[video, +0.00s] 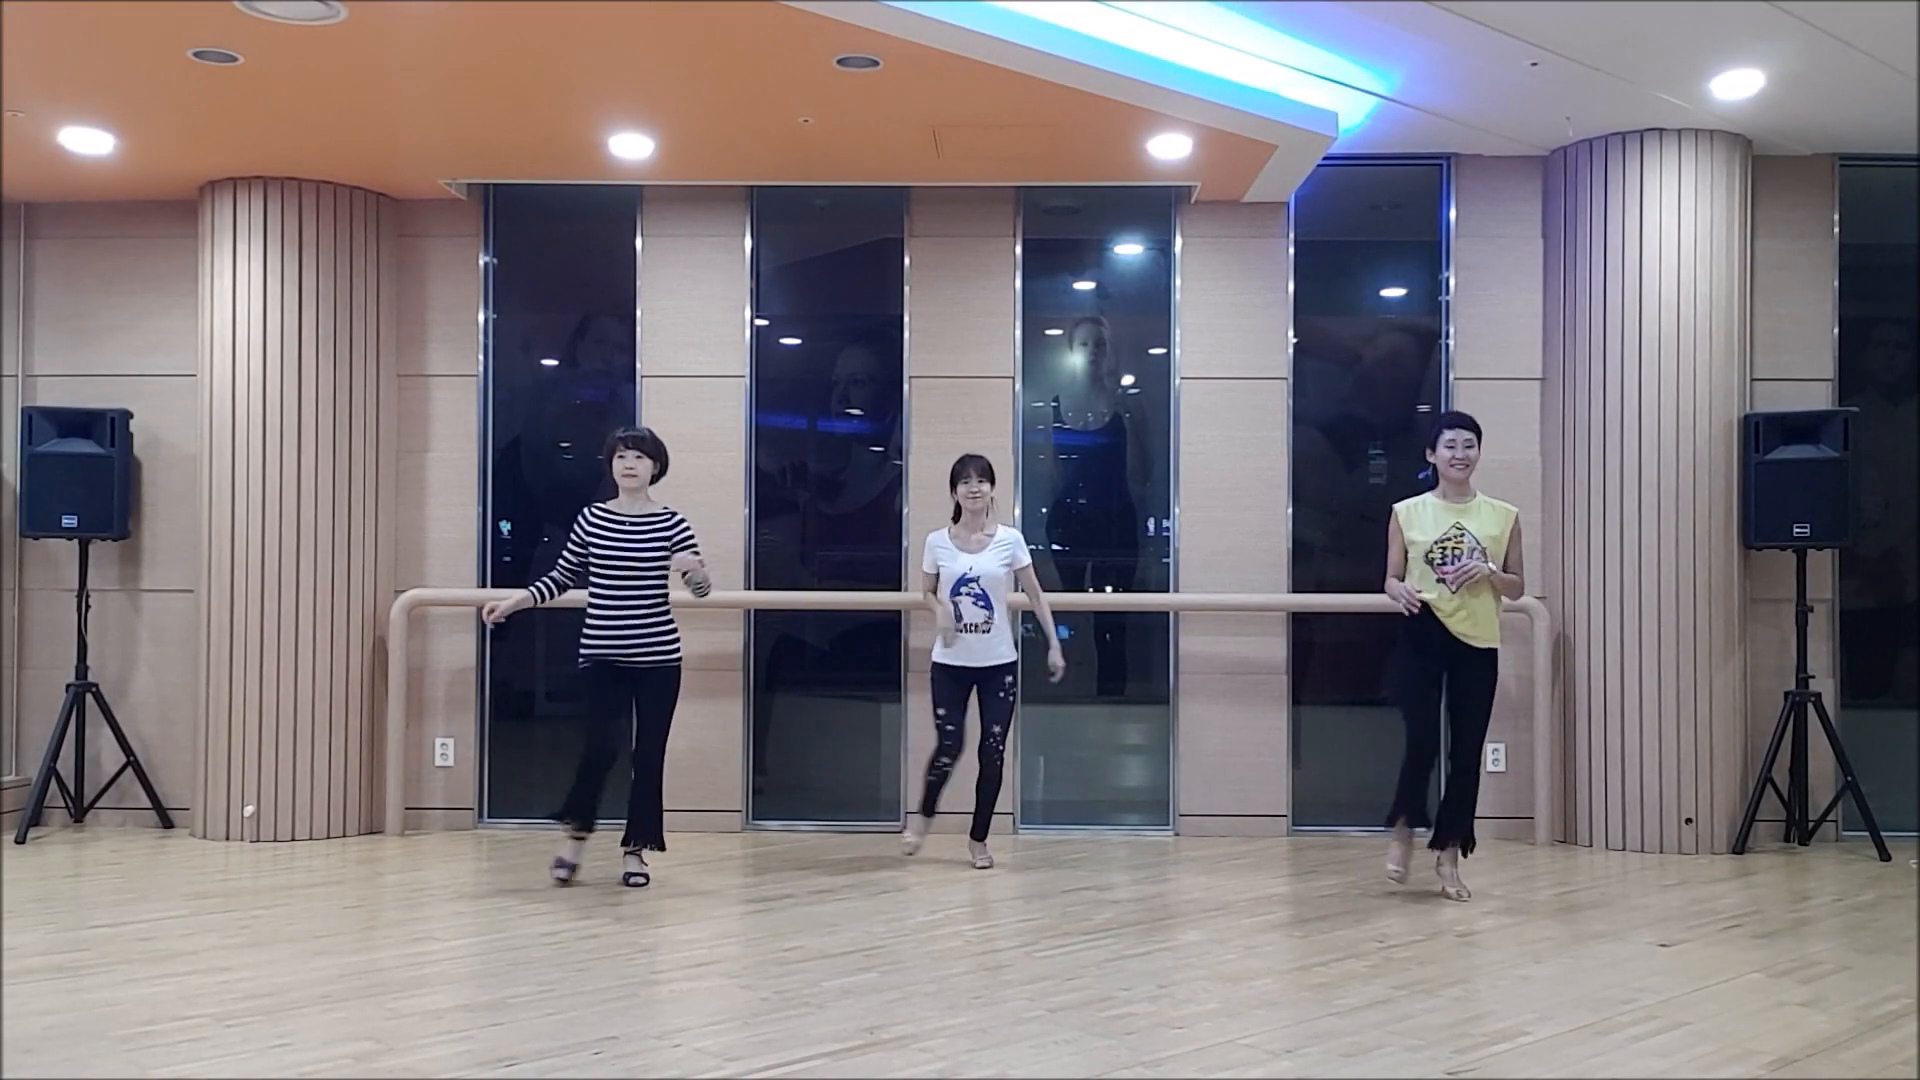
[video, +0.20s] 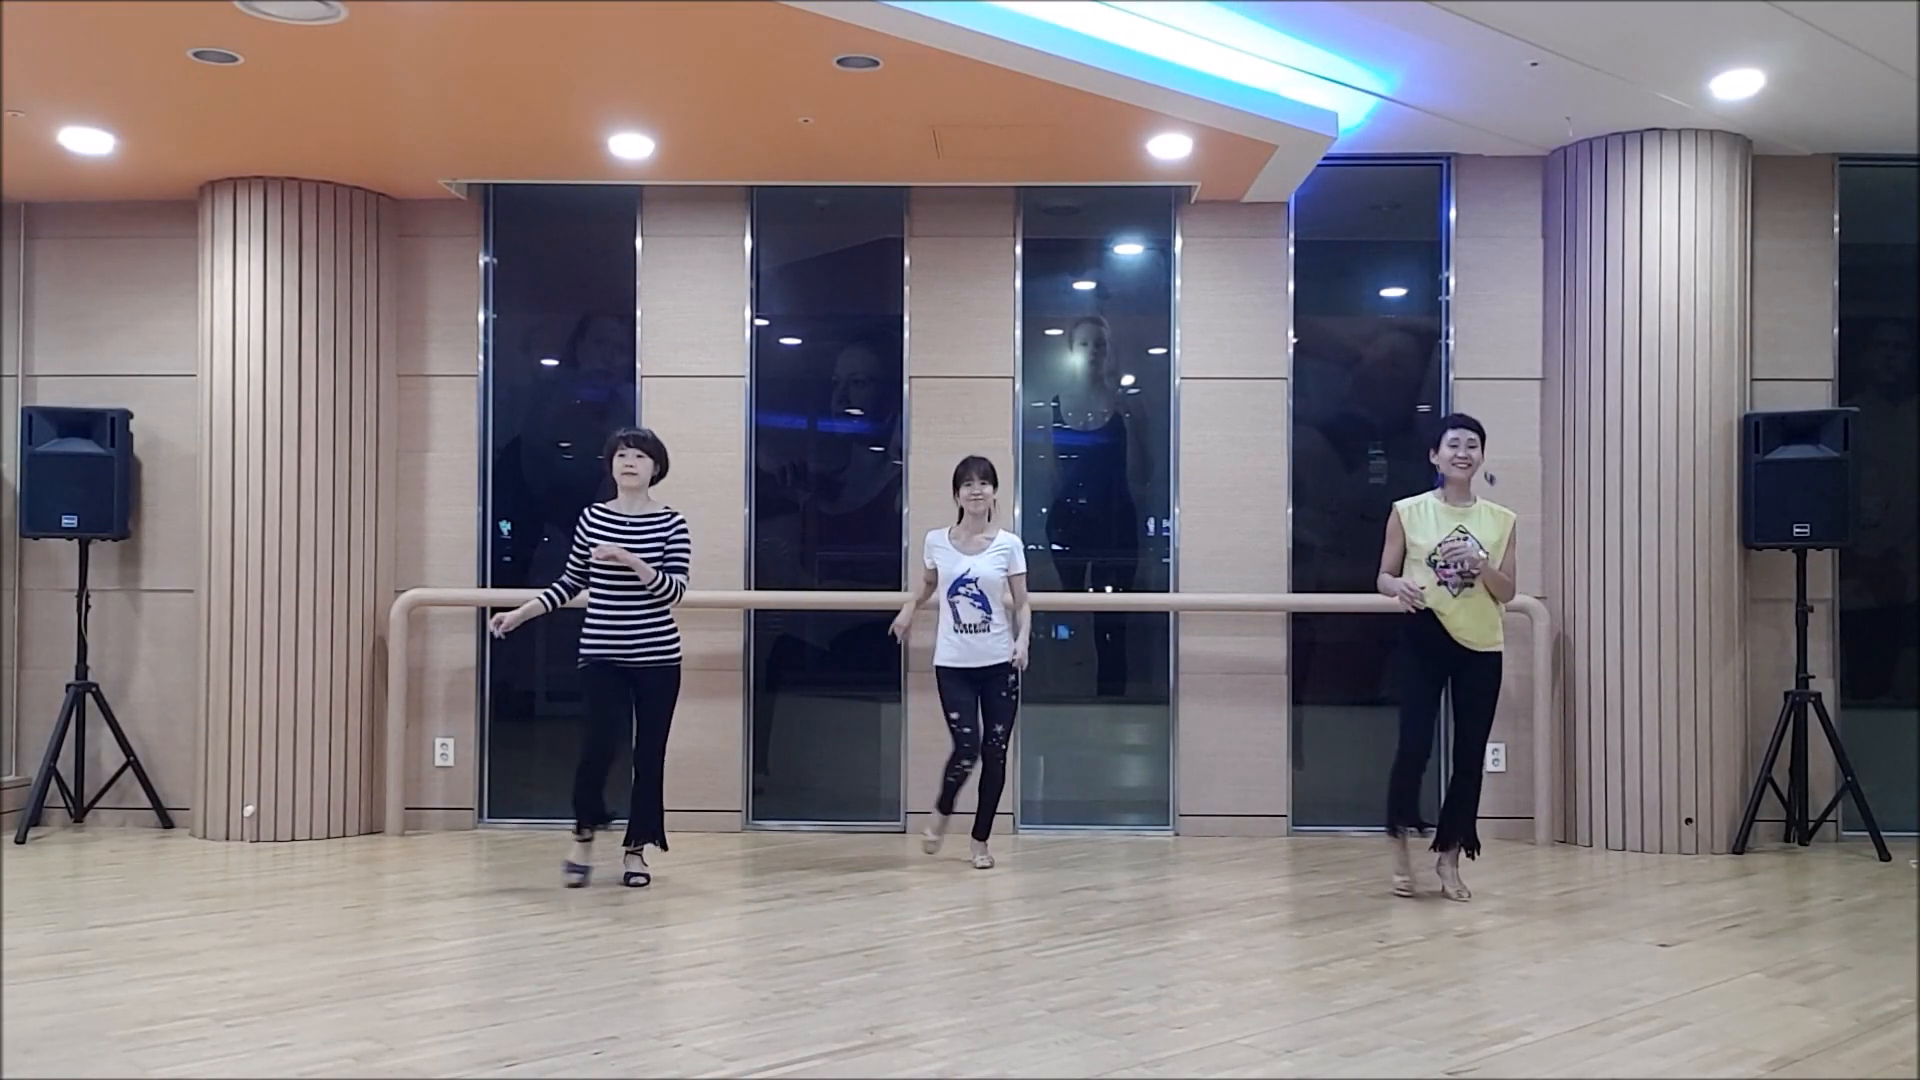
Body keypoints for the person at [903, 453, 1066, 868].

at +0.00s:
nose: (974, 488)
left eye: (981, 481)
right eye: (965, 482)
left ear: (993, 488)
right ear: (954, 490)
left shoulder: (1010, 539)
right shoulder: (937, 542)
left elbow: (1035, 593)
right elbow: (926, 593)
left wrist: (1054, 643)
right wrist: (941, 607)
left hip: (998, 663)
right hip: (949, 663)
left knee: (993, 752)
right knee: (949, 747)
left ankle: (978, 838)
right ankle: (922, 817)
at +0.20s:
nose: (977, 490)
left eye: (983, 483)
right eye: (968, 484)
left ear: (994, 491)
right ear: (956, 492)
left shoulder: (1008, 544)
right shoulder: (937, 541)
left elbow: (1021, 600)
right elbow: (928, 585)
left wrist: (1023, 639)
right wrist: (910, 606)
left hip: (1000, 663)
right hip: (953, 664)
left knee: (996, 752)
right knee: (967, 748)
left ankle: (980, 839)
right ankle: (941, 814)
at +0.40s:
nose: (978, 488)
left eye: (985, 482)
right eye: (969, 482)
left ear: (996, 490)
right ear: (958, 491)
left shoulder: (1012, 542)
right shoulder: (940, 543)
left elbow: (1030, 599)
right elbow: (928, 601)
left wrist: (1040, 639)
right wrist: (923, 605)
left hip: (995, 664)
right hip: (946, 661)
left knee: (990, 753)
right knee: (916, 744)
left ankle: (978, 841)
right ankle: (888, 830)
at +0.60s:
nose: (987, 489)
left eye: (995, 483)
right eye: (979, 483)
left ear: (1007, 490)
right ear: (968, 493)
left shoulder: (1024, 544)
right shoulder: (951, 541)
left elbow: (1055, 592)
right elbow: (941, 600)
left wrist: (1072, 632)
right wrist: (963, 589)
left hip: (1002, 665)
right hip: (954, 660)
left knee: (992, 754)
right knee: (920, 746)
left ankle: (978, 842)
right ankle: (888, 832)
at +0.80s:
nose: (1007, 491)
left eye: (1015, 484)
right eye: (999, 485)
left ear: (1026, 492)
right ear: (988, 493)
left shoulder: (1043, 543)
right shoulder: (972, 539)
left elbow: (1079, 592)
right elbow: (980, 589)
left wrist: (1115, 637)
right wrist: (1028, 575)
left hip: (1026, 663)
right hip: (981, 660)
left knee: (1004, 754)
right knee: (954, 747)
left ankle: (980, 841)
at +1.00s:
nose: (1038, 490)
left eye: (1045, 484)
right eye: (1029, 484)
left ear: (1056, 491)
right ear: (1018, 493)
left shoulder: (1072, 541)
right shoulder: (1005, 540)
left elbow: (1086, 591)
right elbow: (1015, 602)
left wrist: (1093, 628)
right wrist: (1055, 646)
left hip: (1059, 660)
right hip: (1013, 661)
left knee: (1056, 746)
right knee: (1026, 751)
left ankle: (1015, 823)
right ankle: (1047, 831)